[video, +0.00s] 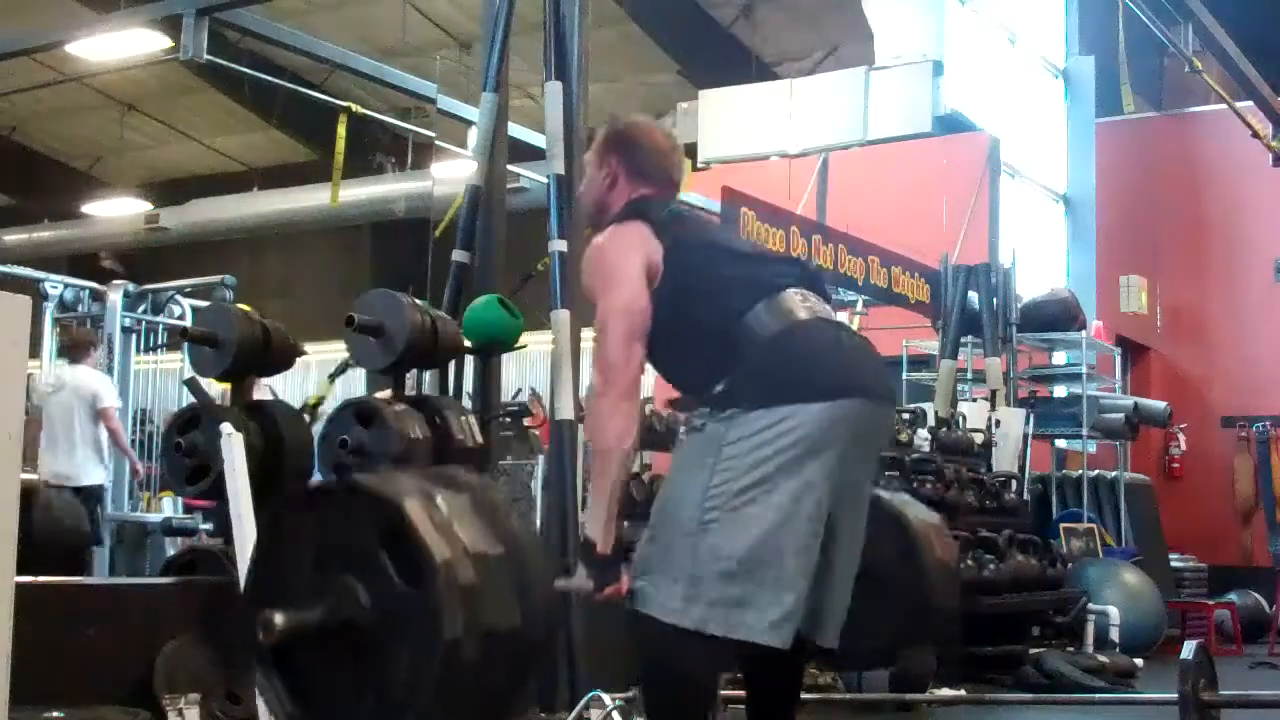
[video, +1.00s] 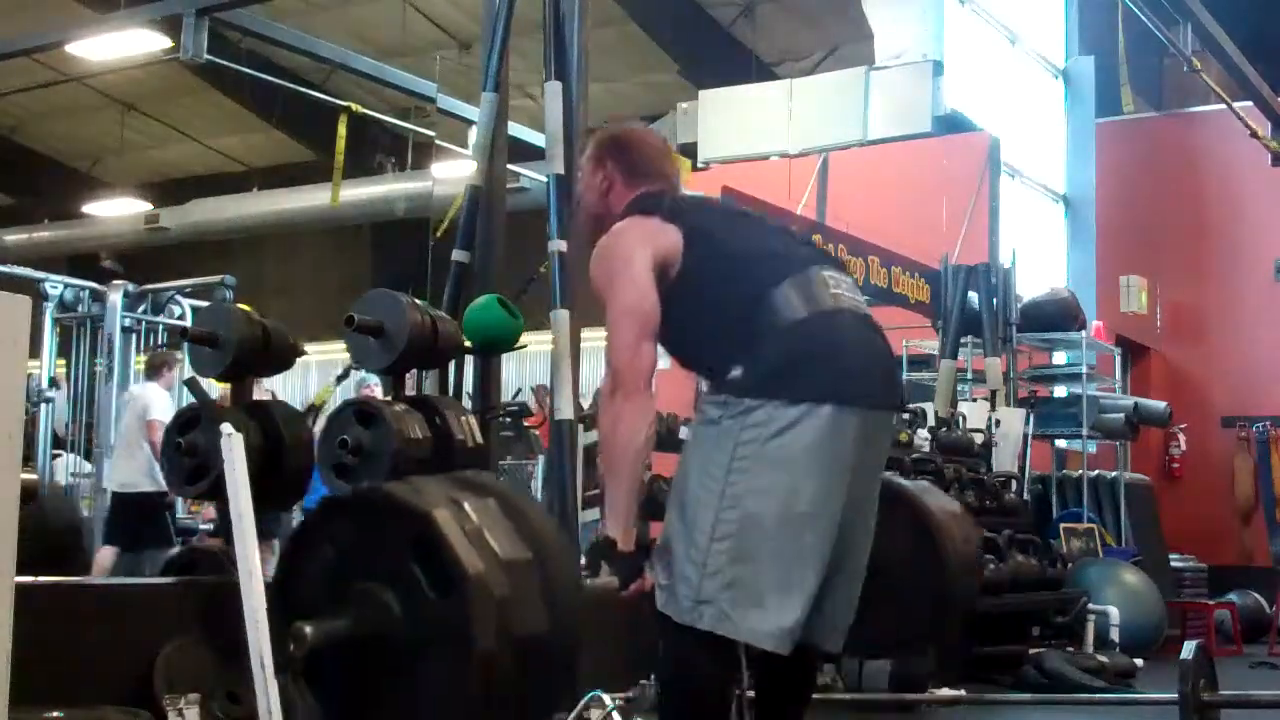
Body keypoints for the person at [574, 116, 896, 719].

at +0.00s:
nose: (578, 190)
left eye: (584, 175)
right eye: (580, 175)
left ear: (612, 175)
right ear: (664, 181)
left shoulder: (623, 241)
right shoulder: (704, 228)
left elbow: (617, 390)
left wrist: (599, 546)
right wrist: (699, 397)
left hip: (779, 391)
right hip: (862, 387)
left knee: (675, 618)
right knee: (779, 624)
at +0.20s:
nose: (562, 280)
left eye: (565, 264)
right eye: (562, 265)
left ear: (588, 265)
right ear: (642, 264)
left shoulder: (607, 327)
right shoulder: (686, 307)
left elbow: (603, 482)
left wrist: (591, 632)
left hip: (788, 421)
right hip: (877, 423)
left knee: (652, 618)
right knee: (771, 642)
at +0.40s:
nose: (557, 345)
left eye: (559, 331)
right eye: (556, 333)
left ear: (581, 325)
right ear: (637, 317)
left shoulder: (603, 376)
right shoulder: (685, 350)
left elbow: (601, 527)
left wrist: (592, 677)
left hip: (792, 448)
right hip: (880, 451)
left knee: (642, 615)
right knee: (758, 646)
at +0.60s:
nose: (551, 319)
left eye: (552, 302)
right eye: (550, 304)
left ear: (577, 296)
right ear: (631, 286)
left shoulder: (605, 340)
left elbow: (610, 493)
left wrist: (603, 640)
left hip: (792, 408)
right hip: (881, 407)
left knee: (666, 618)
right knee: (776, 632)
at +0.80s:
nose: (554, 267)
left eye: (556, 250)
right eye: (554, 252)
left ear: (582, 245)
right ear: (635, 241)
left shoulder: (609, 295)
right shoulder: (688, 271)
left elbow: (617, 450)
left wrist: (614, 601)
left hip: (792, 384)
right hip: (876, 384)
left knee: (685, 617)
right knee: (777, 618)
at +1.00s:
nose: (579, 198)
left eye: (582, 181)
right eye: (579, 183)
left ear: (608, 181)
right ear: (666, 183)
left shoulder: (629, 240)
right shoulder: (717, 224)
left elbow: (629, 389)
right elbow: (725, 388)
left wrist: (620, 542)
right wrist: (686, 530)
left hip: (779, 384)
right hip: (867, 384)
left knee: (696, 608)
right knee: (795, 625)